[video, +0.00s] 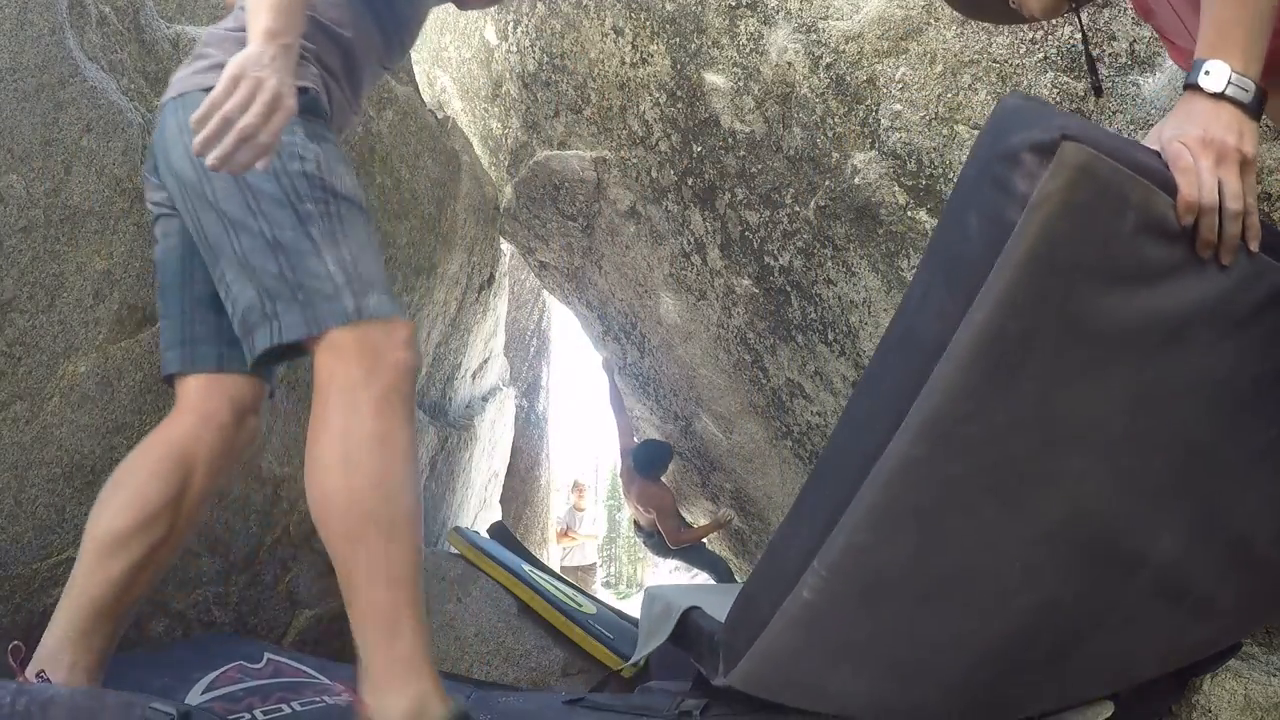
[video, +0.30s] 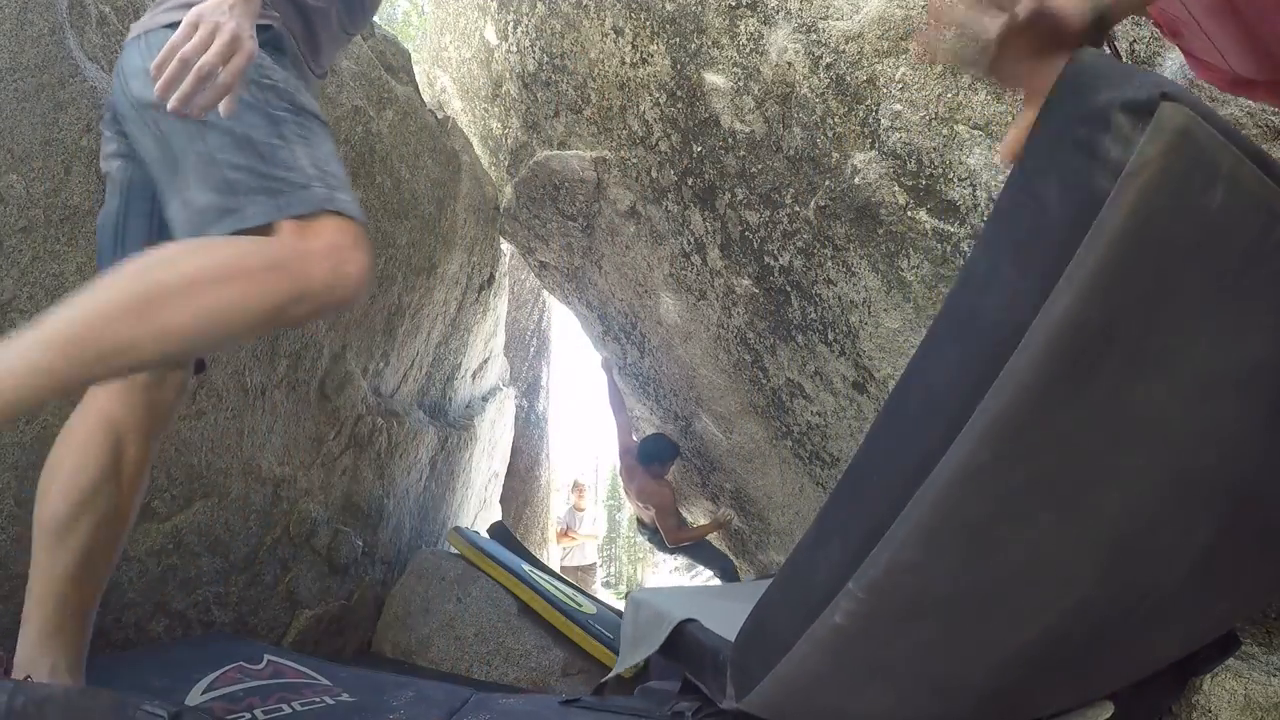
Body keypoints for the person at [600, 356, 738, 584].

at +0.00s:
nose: (668, 462)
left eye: (667, 457)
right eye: (666, 460)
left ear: (637, 452)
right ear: (660, 468)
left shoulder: (627, 460)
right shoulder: (660, 497)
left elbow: (620, 415)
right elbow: (676, 540)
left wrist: (610, 376)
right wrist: (715, 525)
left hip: (642, 530)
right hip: (662, 540)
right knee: (716, 564)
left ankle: (696, 546)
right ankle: (737, 599)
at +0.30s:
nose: (671, 468)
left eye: (672, 463)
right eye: (669, 464)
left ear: (643, 453)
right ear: (656, 465)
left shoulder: (628, 453)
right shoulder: (661, 494)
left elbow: (619, 412)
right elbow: (674, 539)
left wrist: (609, 374)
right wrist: (714, 526)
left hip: (644, 526)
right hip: (667, 535)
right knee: (725, 565)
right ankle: (739, 600)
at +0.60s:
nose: (666, 459)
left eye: (667, 455)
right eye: (665, 456)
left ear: (641, 447)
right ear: (656, 458)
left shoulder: (623, 448)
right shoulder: (658, 487)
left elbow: (614, 411)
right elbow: (670, 535)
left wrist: (607, 374)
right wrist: (710, 527)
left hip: (643, 523)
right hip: (666, 531)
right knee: (726, 560)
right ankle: (738, 601)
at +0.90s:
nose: (663, 452)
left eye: (664, 448)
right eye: (662, 448)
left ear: (638, 439)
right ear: (651, 449)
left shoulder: (618, 444)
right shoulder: (654, 482)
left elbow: (609, 409)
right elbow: (670, 528)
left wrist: (606, 374)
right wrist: (709, 525)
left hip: (636, 521)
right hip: (659, 530)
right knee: (723, 552)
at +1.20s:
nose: (664, 448)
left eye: (665, 444)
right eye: (663, 444)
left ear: (636, 432)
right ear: (652, 444)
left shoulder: (616, 440)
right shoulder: (653, 480)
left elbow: (604, 409)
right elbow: (673, 525)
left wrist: (605, 375)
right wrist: (710, 524)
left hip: (621, 518)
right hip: (644, 528)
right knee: (712, 534)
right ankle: (707, 584)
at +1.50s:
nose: (666, 446)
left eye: (667, 442)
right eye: (665, 442)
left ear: (637, 430)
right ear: (655, 445)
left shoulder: (616, 438)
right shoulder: (654, 478)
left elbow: (603, 411)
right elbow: (671, 524)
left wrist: (605, 375)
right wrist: (711, 524)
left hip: (616, 517)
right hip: (638, 528)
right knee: (701, 500)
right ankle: (689, 537)